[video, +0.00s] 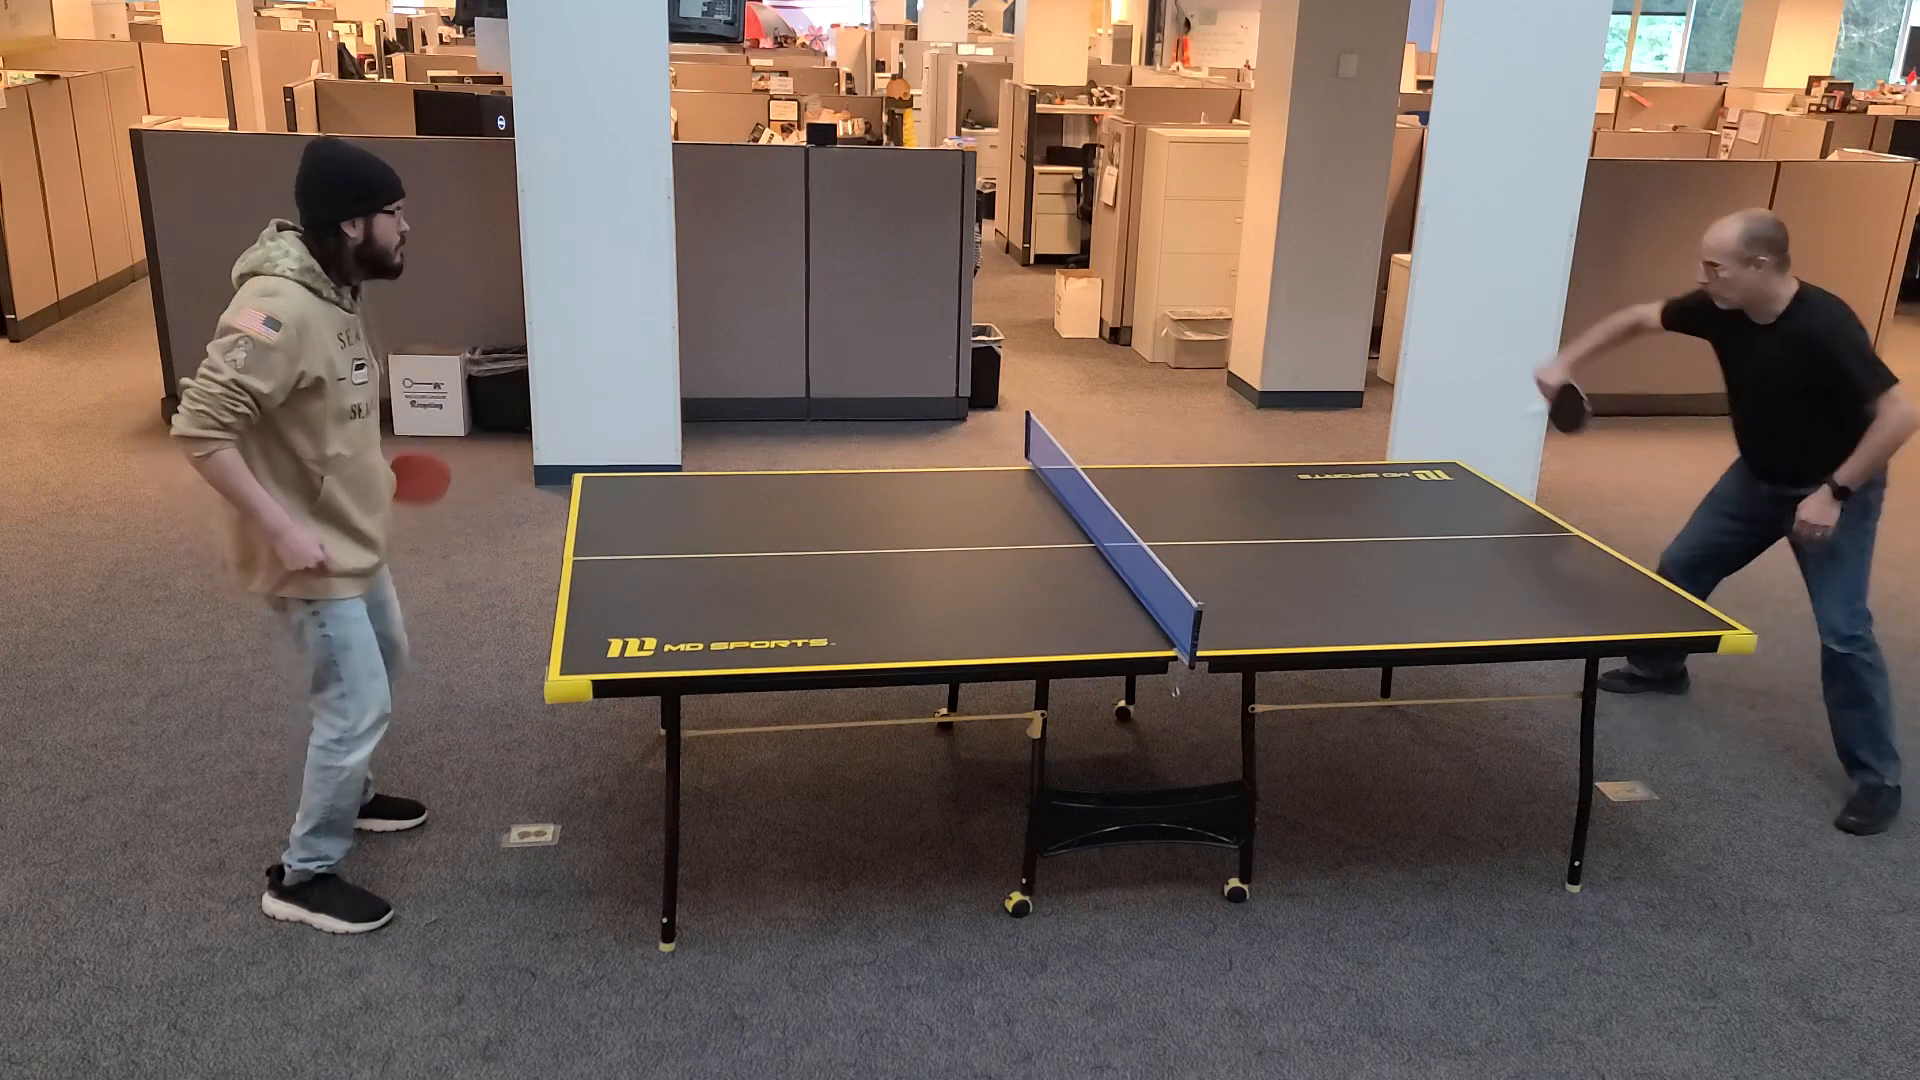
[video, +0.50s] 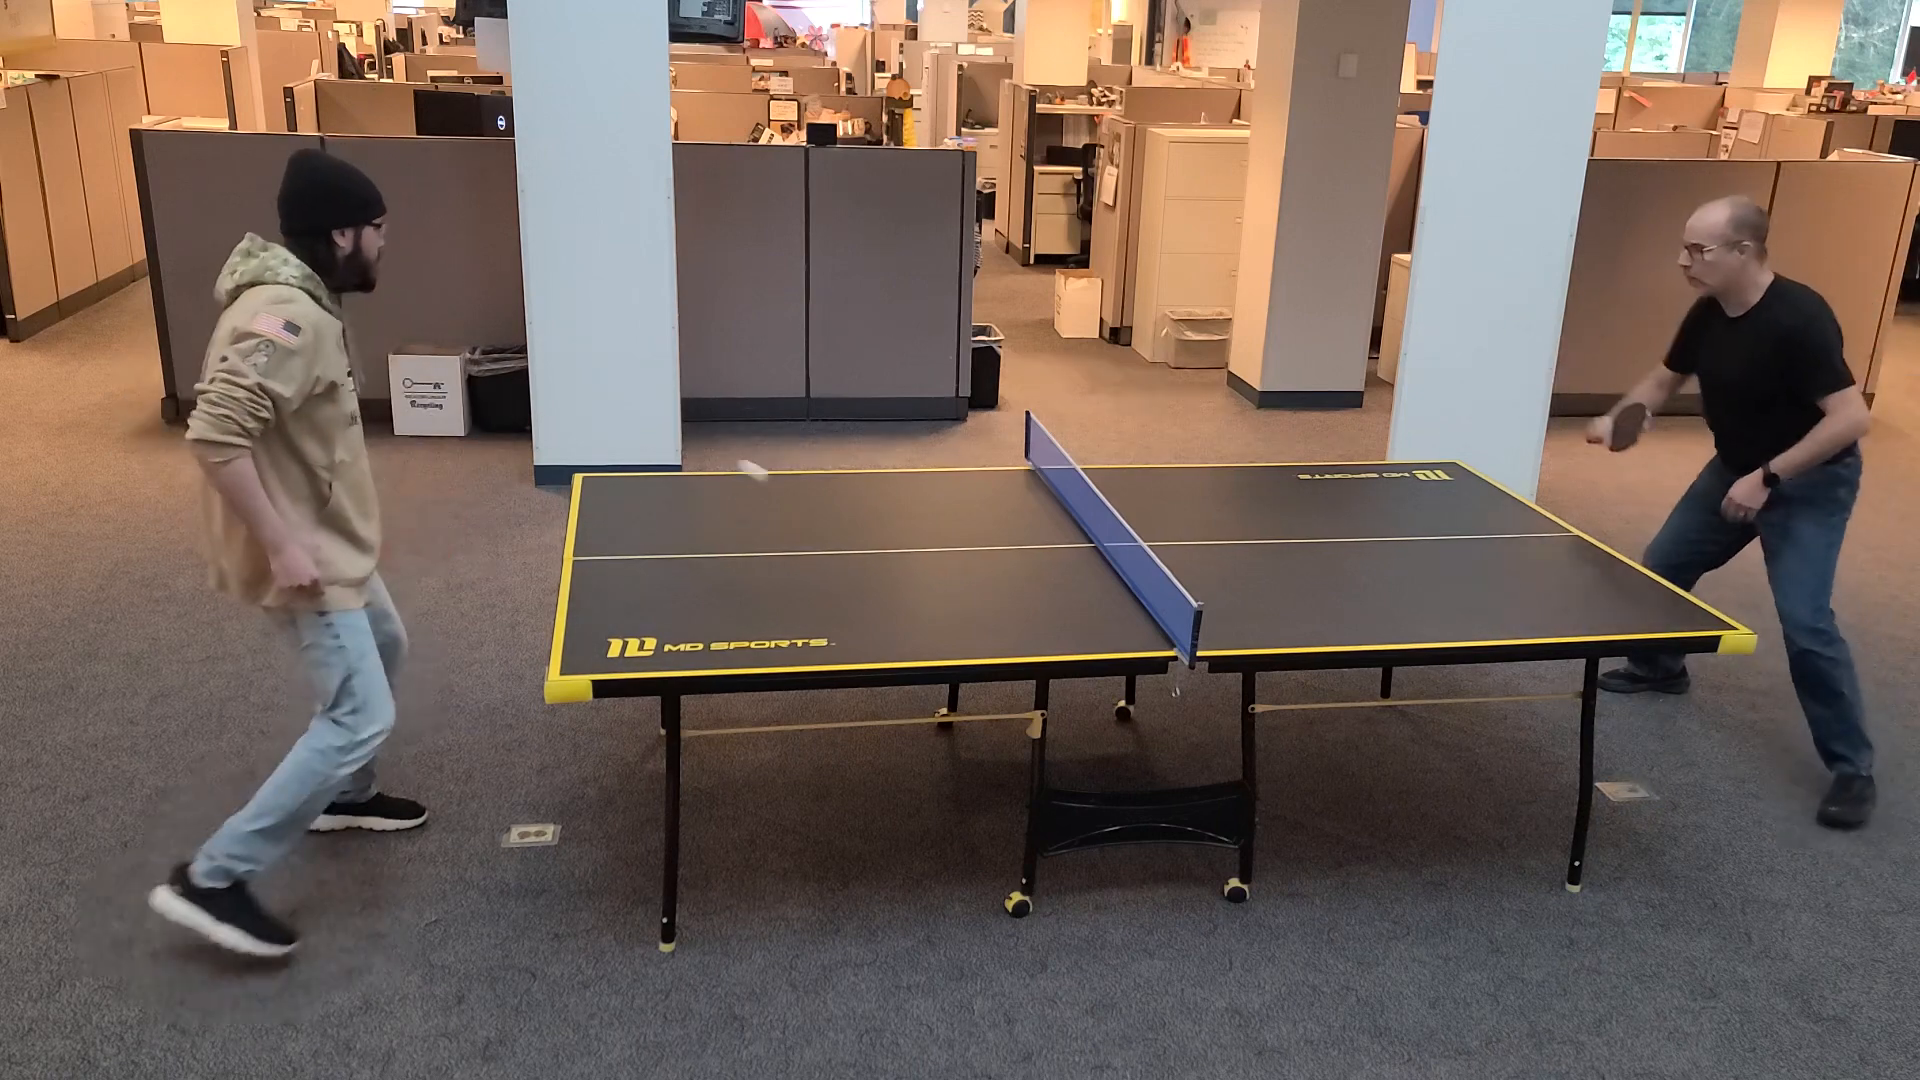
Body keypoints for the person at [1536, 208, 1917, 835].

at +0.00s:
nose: (1704, 277)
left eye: (1716, 267)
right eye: (1703, 265)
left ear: (1763, 267)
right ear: (1748, 266)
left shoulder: (1825, 323)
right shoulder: (1719, 311)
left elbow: (1901, 412)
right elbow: (1637, 319)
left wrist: (1834, 490)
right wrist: (1563, 361)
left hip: (1838, 491)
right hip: (1761, 477)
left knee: (1844, 632)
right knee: (1679, 567)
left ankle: (1876, 777)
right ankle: (1660, 665)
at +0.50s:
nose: (1685, 261)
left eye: (1697, 251)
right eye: (1684, 249)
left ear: (1744, 253)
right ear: (1729, 254)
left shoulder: (1802, 317)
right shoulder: (1705, 315)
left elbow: (1851, 417)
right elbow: (1664, 381)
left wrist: (1767, 476)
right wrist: (1624, 417)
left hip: (1810, 483)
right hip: (1735, 470)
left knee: (1805, 625)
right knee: (1658, 568)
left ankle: (1851, 768)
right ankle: (1659, 666)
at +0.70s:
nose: (1719, 256)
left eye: (1733, 245)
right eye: (1718, 243)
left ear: (1783, 248)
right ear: (1769, 249)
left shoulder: (1845, 315)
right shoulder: (1754, 310)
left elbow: (1900, 416)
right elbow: (1737, 388)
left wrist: (1814, 479)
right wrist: (1704, 428)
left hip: (1867, 484)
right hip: (1795, 474)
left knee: (1832, 642)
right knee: (1721, 580)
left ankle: (1857, 778)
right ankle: (1709, 690)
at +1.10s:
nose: (1783, 296)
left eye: (1797, 284)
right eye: (1782, 282)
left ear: (1852, 284)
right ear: (1828, 286)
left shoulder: (1910, 358)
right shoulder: (1816, 348)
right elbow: (1791, 434)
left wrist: (1879, 532)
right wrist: (1762, 494)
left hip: (1901, 557)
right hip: (1828, 540)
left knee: (1883, 706)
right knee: (1763, 637)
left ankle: (1914, 867)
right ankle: (1798, 745)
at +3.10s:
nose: (1856, 248)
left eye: (1876, 242)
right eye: (1856, 232)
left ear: (1917, 256)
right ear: (1852, 224)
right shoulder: (1839, 300)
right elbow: (1806, 377)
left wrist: (1887, 531)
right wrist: (1773, 438)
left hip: (1887, 544)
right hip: (1803, 515)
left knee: (1847, 699)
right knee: (1754, 653)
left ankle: (1820, 822)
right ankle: (1736, 784)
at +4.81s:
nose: (1765, 252)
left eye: (1772, 238)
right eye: (1762, 239)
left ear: (1818, 225)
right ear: (1812, 228)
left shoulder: (1888, 302)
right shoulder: (1821, 288)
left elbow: (1902, 427)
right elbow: (1812, 385)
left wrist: (1794, 472)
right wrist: (1746, 425)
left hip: (1856, 507)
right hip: (1796, 498)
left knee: (1820, 672)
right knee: (1758, 638)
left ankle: (1861, 826)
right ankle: (1752, 771)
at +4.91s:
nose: (1776, 256)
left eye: (1781, 242)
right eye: (1772, 243)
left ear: (1826, 231)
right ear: (1826, 231)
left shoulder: (1898, 306)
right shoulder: (1849, 293)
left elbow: (1902, 435)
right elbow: (1833, 391)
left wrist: (1791, 471)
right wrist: (1769, 422)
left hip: (1860, 518)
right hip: (1809, 508)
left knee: (1829, 682)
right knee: (1766, 642)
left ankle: (1863, 832)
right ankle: (1752, 771)